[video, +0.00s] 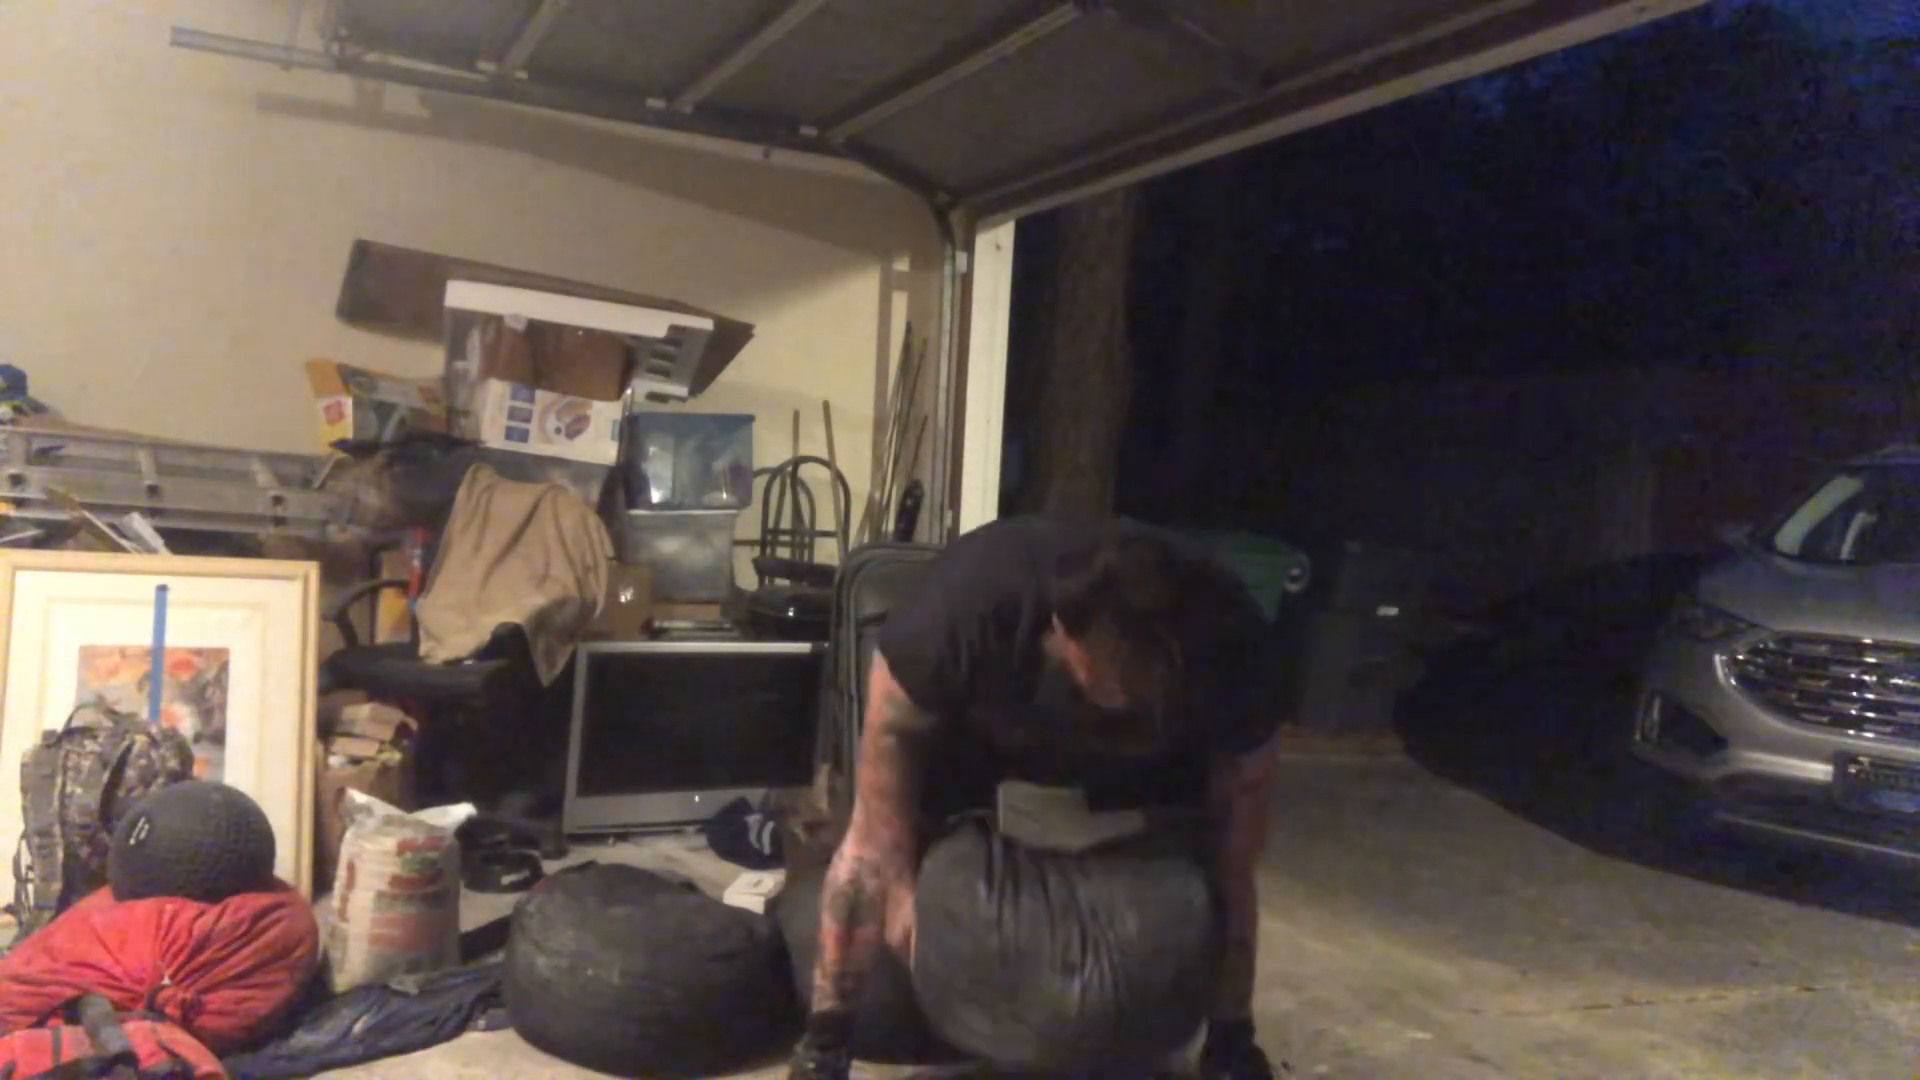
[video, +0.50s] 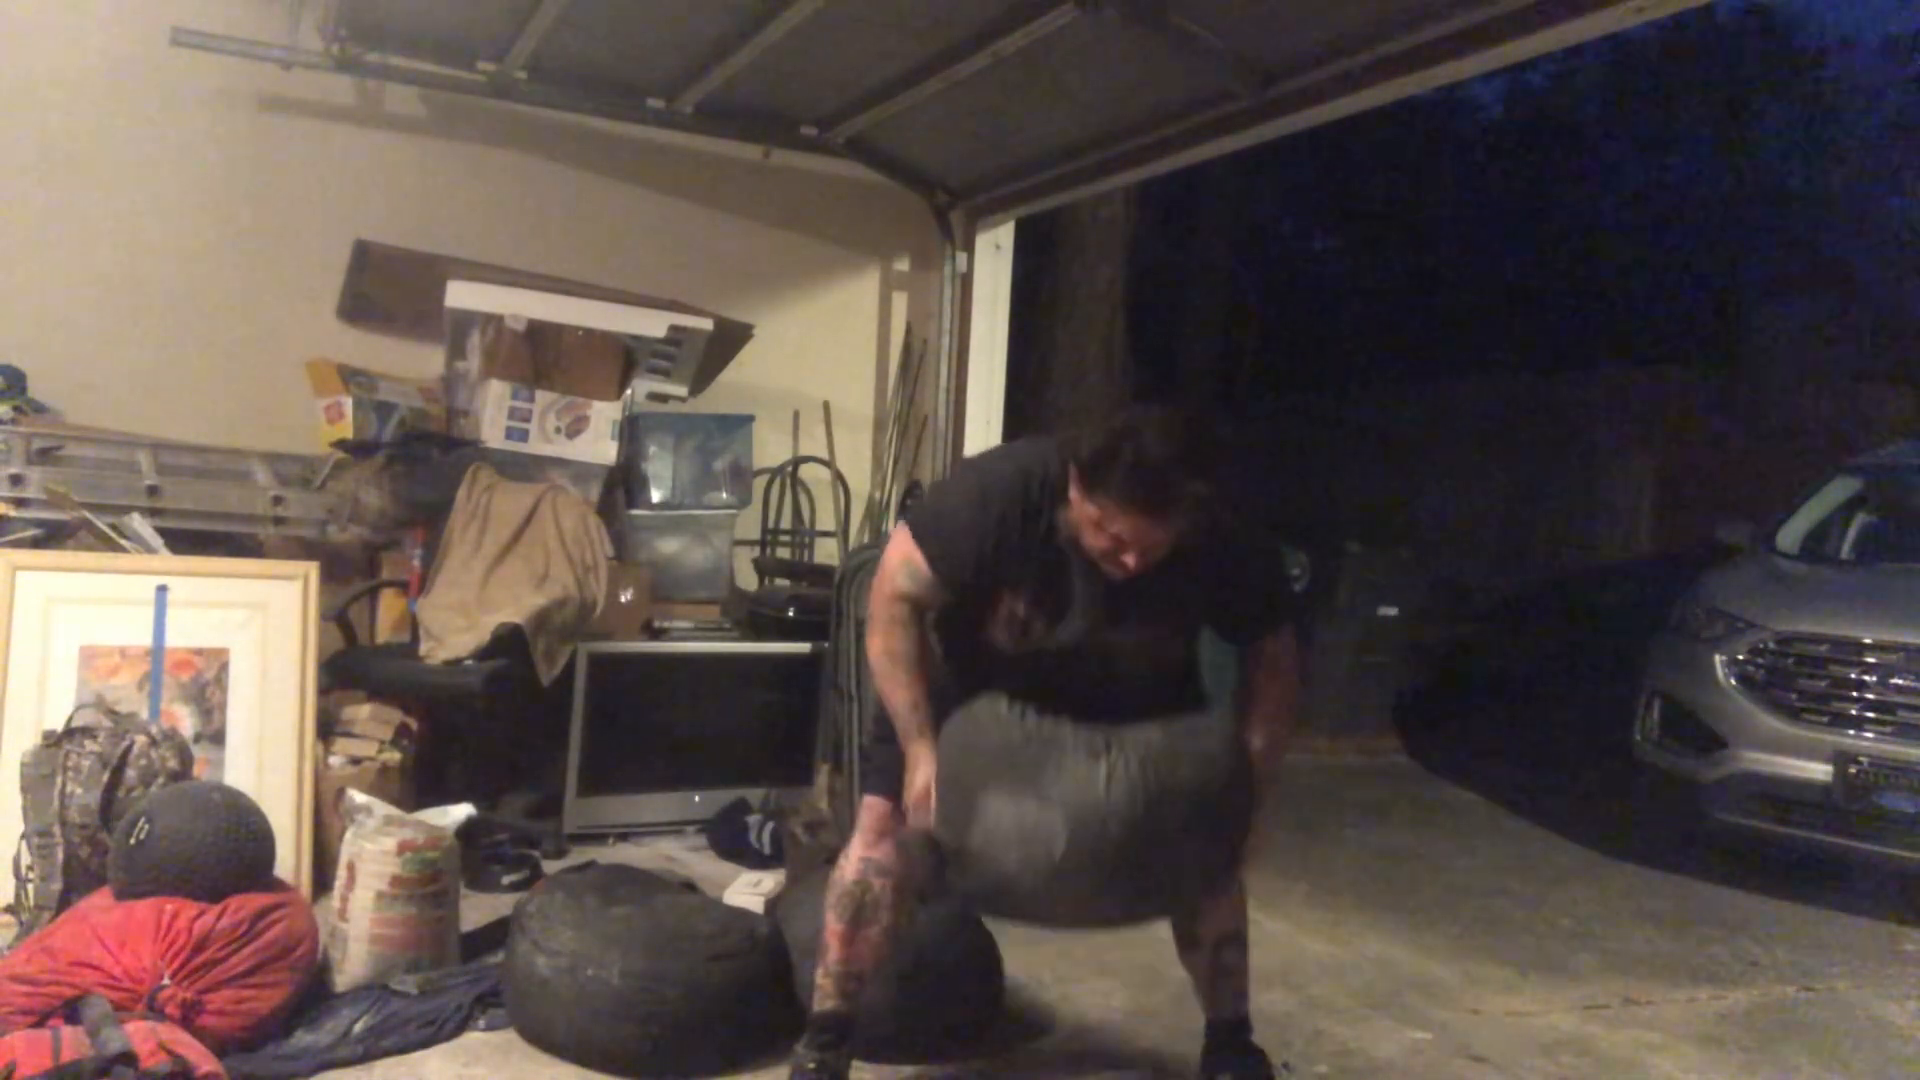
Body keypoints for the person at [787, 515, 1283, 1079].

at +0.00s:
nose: (1120, 700)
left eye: (1140, 686)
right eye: (1107, 678)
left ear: (1181, 648)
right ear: (1065, 634)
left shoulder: (1230, 647)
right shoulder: (969, 610)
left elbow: (1240, 811)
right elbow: (888, 731)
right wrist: (898, 887)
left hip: (1144, 766)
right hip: (974, 749)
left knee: (1230, 884)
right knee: (867, 855)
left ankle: (1232, 1038)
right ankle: (825, 1041)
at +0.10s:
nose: (1125, 661)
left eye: (1146, 642)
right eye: (1106, 638)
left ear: (1183, 615)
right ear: (1068, 595)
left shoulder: (1228, 620)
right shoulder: (984, 578)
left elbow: (1247, 755)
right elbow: (886, 707)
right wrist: (901, 859)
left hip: (1138, 749)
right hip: (973, 728)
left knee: (1230, 867)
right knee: (870, 837)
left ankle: (1233, 1039)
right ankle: (825, 1043)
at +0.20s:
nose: (1133, 610)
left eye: (1154, 590)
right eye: (1117, 585)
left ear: (1188, 569)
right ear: (1077, 547)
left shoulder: (1229, 597)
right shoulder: (989, 557)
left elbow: (1250, 745)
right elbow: (890, 689)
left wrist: (1234, 876)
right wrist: (905, 851)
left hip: (1138, 739)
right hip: (978, 714)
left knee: (1223, 874)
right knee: (872, 831)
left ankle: (1232, 1042)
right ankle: (826, 1040)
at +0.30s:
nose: (1135, 577)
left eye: (1159, 560)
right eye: (1118, 553)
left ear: (1193, 540)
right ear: (1080, 507)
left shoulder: (1227, 578)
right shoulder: (992, 533)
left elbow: (1252, 724)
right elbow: (895, 661)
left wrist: (1235, 863)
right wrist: (907, 822)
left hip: (1143, 731)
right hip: (979, 716)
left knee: (1224, 857)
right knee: (872, 817)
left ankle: (1232, 1042)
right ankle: (824, 1041)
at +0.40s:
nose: (1134, 562)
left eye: (1157, 547)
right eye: (1117, 537)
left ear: (1192, 525)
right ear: (1078, 487)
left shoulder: (1217, 555)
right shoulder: (998, 510)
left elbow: (1265, 689)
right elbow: (896, 631)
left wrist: (1235, 826)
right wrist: (913, 788)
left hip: (1150, 723)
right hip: (979, 709)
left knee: (1217, 844)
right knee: (877, 816)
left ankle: (1231, 1045)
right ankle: (824, 1038)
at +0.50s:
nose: (1131, 564)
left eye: (1153, 547)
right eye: (1114, 541)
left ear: (1185, 520)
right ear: (1077, 491)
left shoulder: (1213, 540)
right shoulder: (1000, 495)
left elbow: (1273, 648)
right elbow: (892, 595)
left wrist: (1242, 789)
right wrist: (918, 751)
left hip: (1148, 702)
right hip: (976, 688)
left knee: (1208, 842)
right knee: (883, 824)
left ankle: (1231, 1044)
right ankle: (824, 1043)